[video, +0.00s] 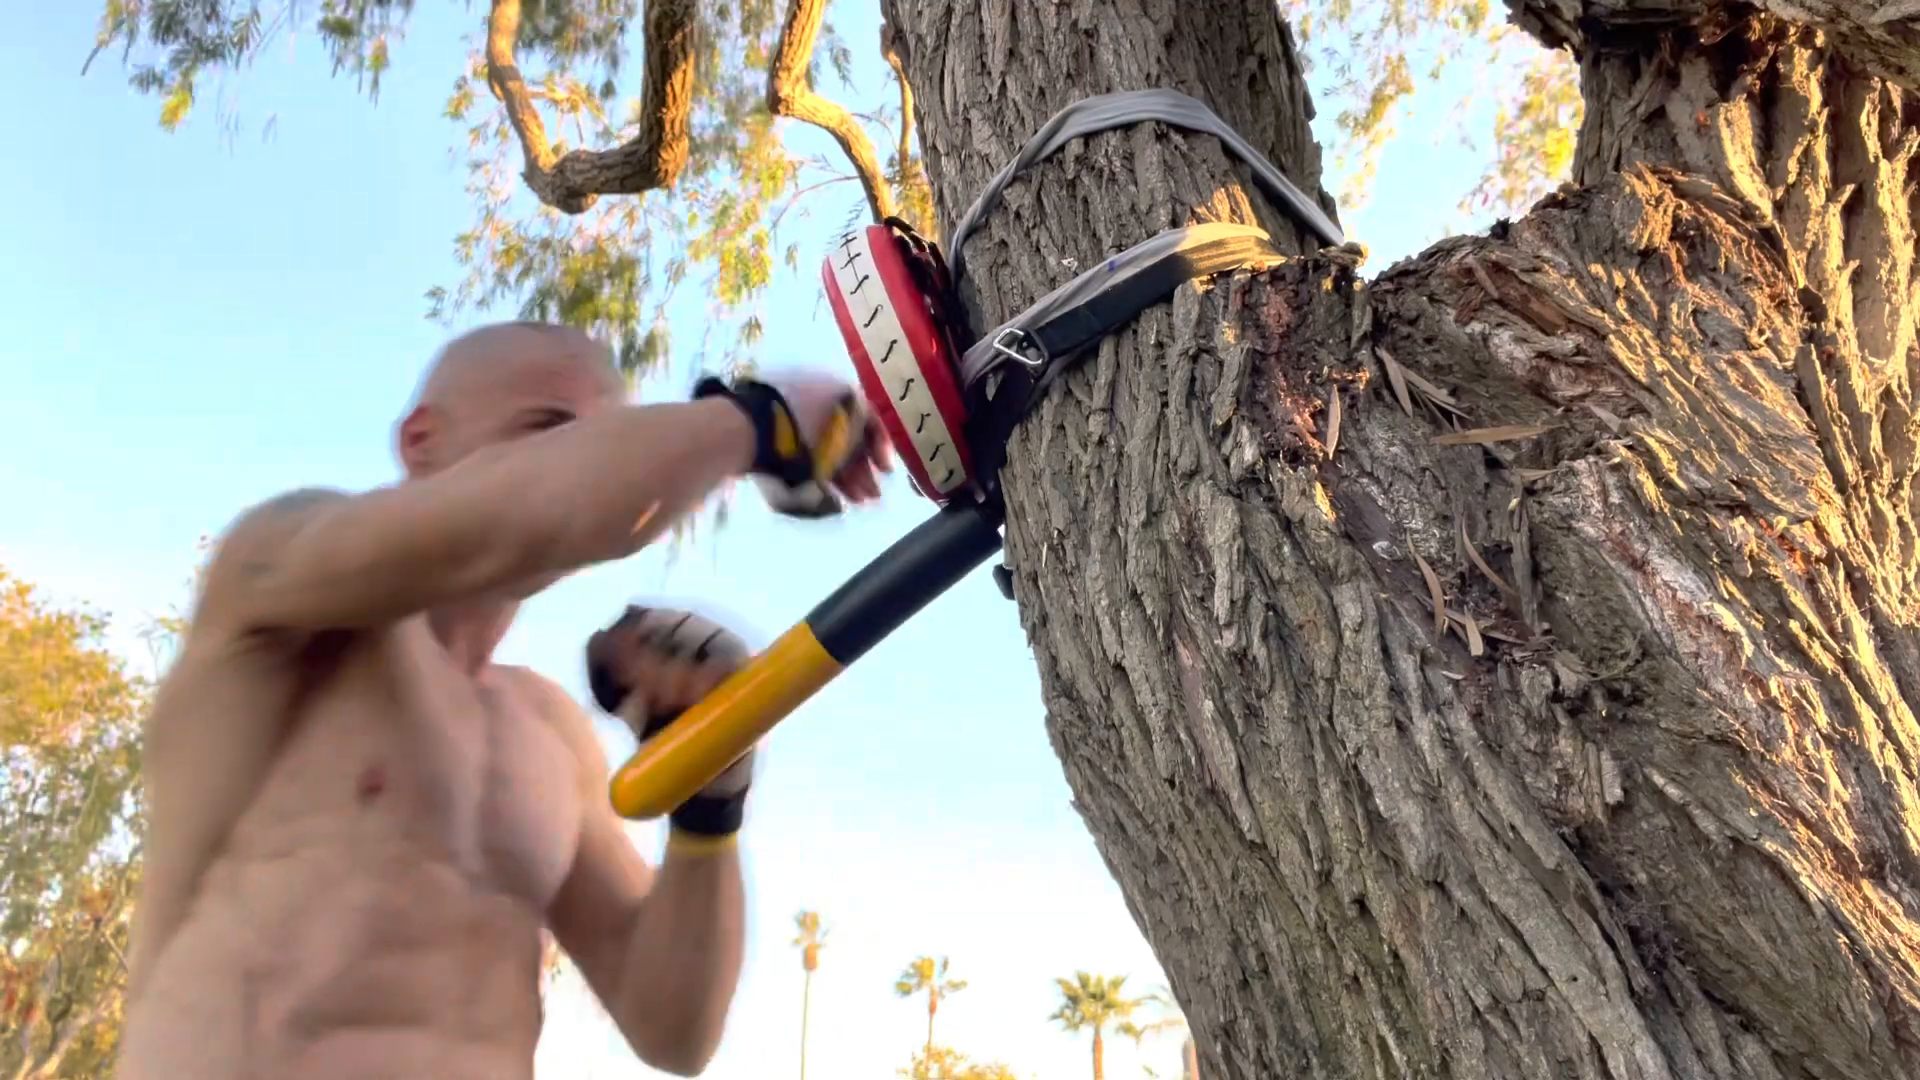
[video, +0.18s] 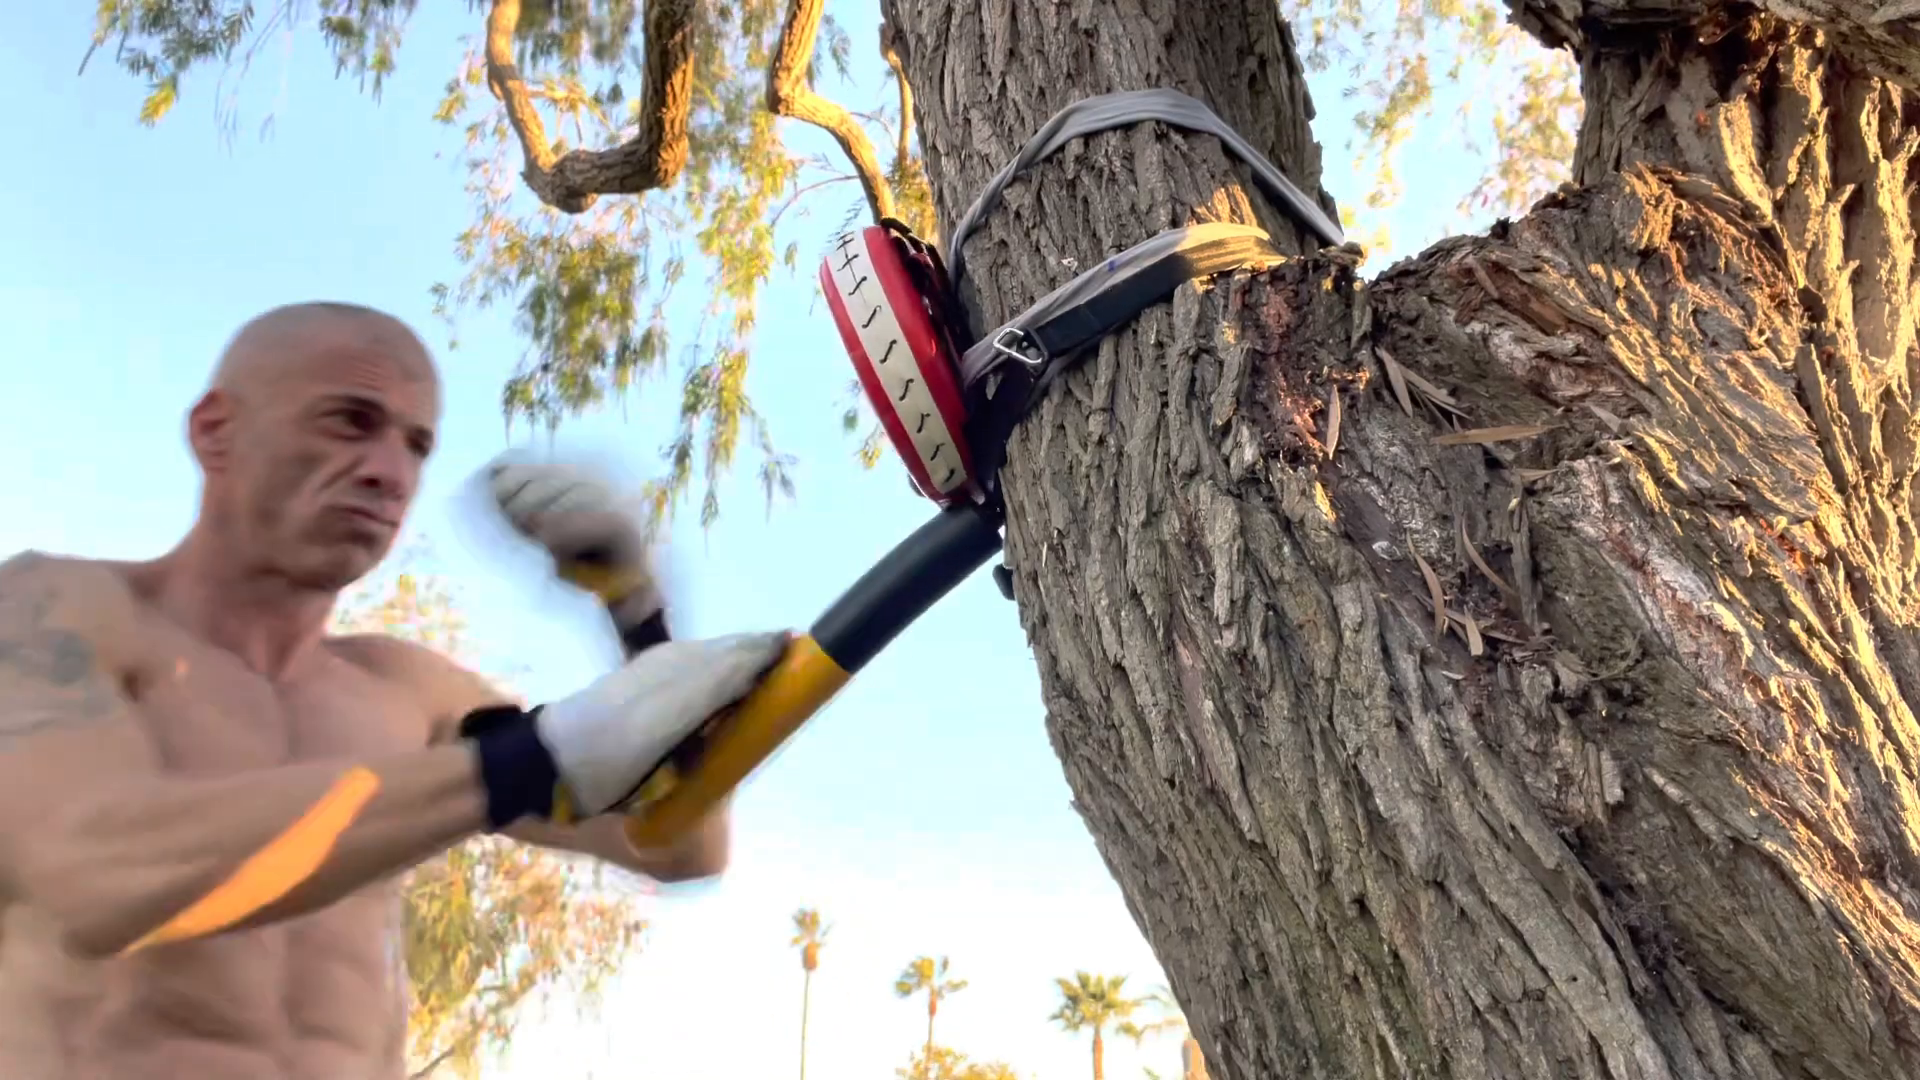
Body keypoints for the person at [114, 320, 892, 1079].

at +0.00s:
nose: (582, 473)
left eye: (609, 447)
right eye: (545, 428)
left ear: (634, 470)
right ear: (421, 444)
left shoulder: (553, 728)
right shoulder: (276, 572)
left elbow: (671, 1032)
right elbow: (501, 533)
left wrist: (710, 798)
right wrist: (762, 419)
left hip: (489, 1062)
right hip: (255, 1050)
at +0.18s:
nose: (392, 471)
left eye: (416, 446)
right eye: (350, 421)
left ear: (426, 476)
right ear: (214, 432)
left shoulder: (409, 692)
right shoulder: (53, 606)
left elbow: (683, 847)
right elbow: (105, 880)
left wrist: (636, 605)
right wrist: (534, 762)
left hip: (354, 1058)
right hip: (121, 1058)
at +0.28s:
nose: (333, 466)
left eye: (359, 441)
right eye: (290, 416)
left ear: (367, 474)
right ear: (152, 430)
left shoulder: (369, 662)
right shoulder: (27, 630)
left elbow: (655, 681)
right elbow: (44, 882)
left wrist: (806, 496)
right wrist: (461, 747)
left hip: (327, 1063)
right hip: (76, 1065)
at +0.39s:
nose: (266, 456)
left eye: (295, 431)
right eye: (222, 406)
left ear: (307, 464)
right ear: (85, 423)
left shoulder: (337, 655)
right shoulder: (15, 638)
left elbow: (610, 704)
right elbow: (21, 833)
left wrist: (800, 519)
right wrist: (407, 714)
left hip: (314, 1061)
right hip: (61, 1058)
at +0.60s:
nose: (326, 477)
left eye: (354, 450)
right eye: (283, 422)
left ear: (365, 481)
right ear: (148, 429)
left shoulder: (381, 680)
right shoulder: (25, 646)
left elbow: (711, 775)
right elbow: (20, 845)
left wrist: (806, 553)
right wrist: (379, 686)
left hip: (356, 1058)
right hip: (79, 1060)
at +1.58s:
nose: (437, 513)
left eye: (459, 488)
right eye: (399, 464)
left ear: (467, 517)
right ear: (264, 467)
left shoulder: (437, 702)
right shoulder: (106, 632)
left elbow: (724, 764)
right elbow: (185, 838)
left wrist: (851, 533)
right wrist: (596, 695)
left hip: (380, 1058)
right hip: (128, 1058)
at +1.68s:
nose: (350, 506)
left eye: (373, 480)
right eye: (308, 457)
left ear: (382, 510)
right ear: (175, 465)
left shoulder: (375, 692)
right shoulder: (38, 650)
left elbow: (626, 742)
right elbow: (85, 848)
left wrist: (819, 554)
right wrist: (504, 708)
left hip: (355, 1059)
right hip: (106, 1064)